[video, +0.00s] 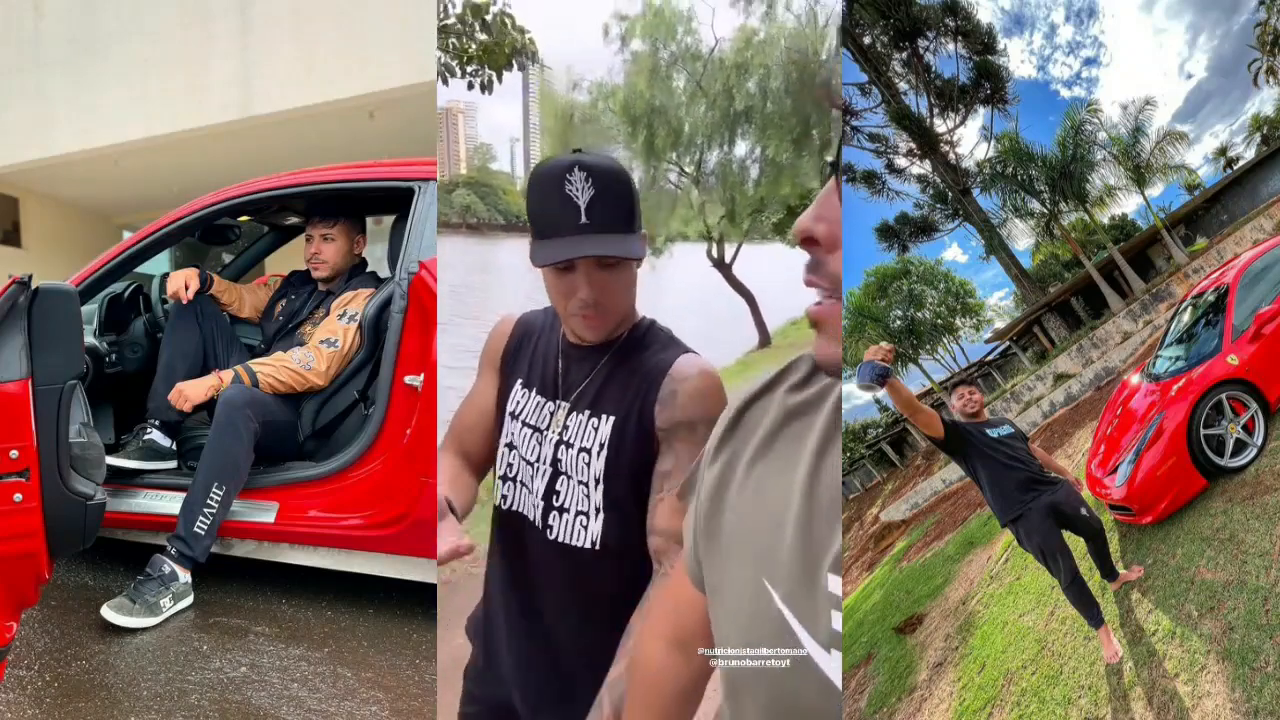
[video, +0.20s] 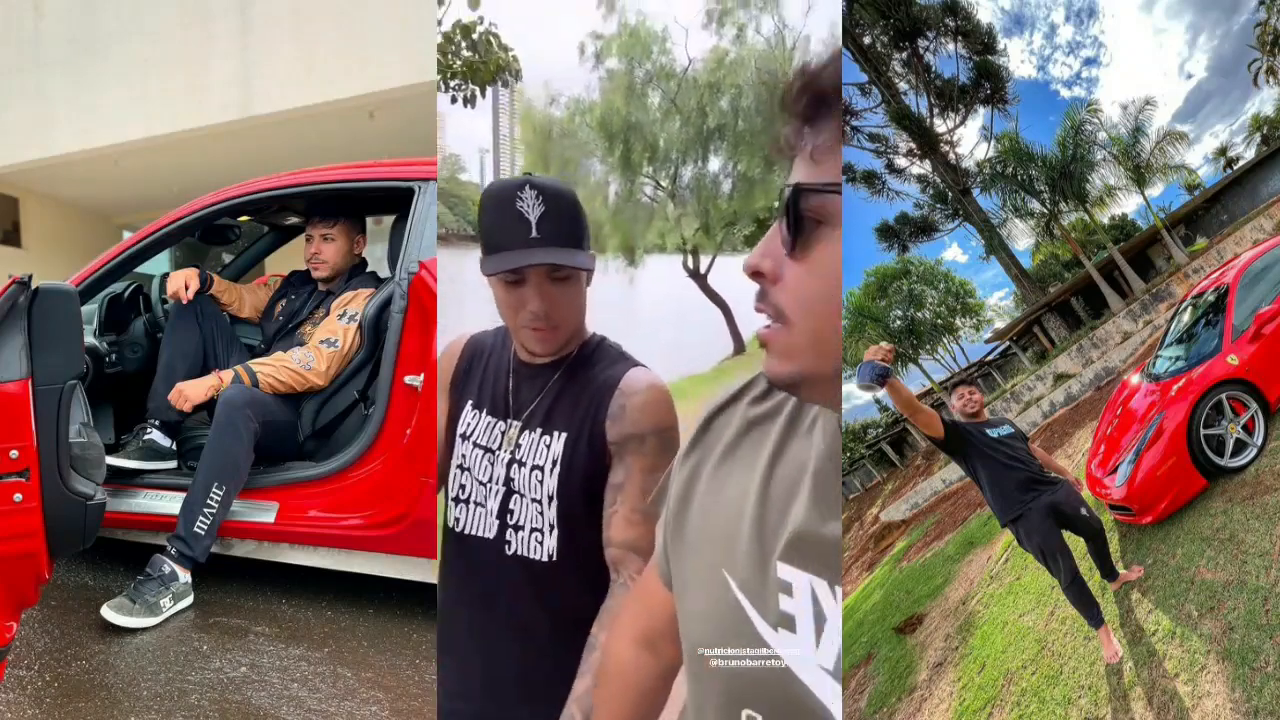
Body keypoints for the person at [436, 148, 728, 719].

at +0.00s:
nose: (585, 289)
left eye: (608, 264)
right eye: (564, 266)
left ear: (640, 257)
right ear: (539, 264)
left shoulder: (682, 386)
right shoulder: (515, 342)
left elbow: (677, 561)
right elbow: (462, 454)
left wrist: (615, 706)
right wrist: (444, 512)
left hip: (604, 690)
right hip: (500, 670)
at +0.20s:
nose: (538, 304)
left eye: (558, 277)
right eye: (514, 280)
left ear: (588, 273)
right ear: (489, 281)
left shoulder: (633, 400)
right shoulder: (463, 364)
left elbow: (634, 580)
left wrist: (581, 709)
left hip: (564, 697)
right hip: (464, 684)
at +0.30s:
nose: (501, 314)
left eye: (521, 284)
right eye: (476, 291)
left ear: (549, 281)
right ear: (451, 293)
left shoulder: (598, 402)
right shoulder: (438, 374)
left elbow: (611, 576)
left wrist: (590, 707)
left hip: (552, 696)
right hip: (459, 685)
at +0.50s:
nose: (431, 336)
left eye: (448, 313)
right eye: (417, 314)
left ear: (474, 310)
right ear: (393, 319)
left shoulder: (532, 424)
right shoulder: (377, 415)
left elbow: (581, 607)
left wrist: (607, 707)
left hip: (481, 699)